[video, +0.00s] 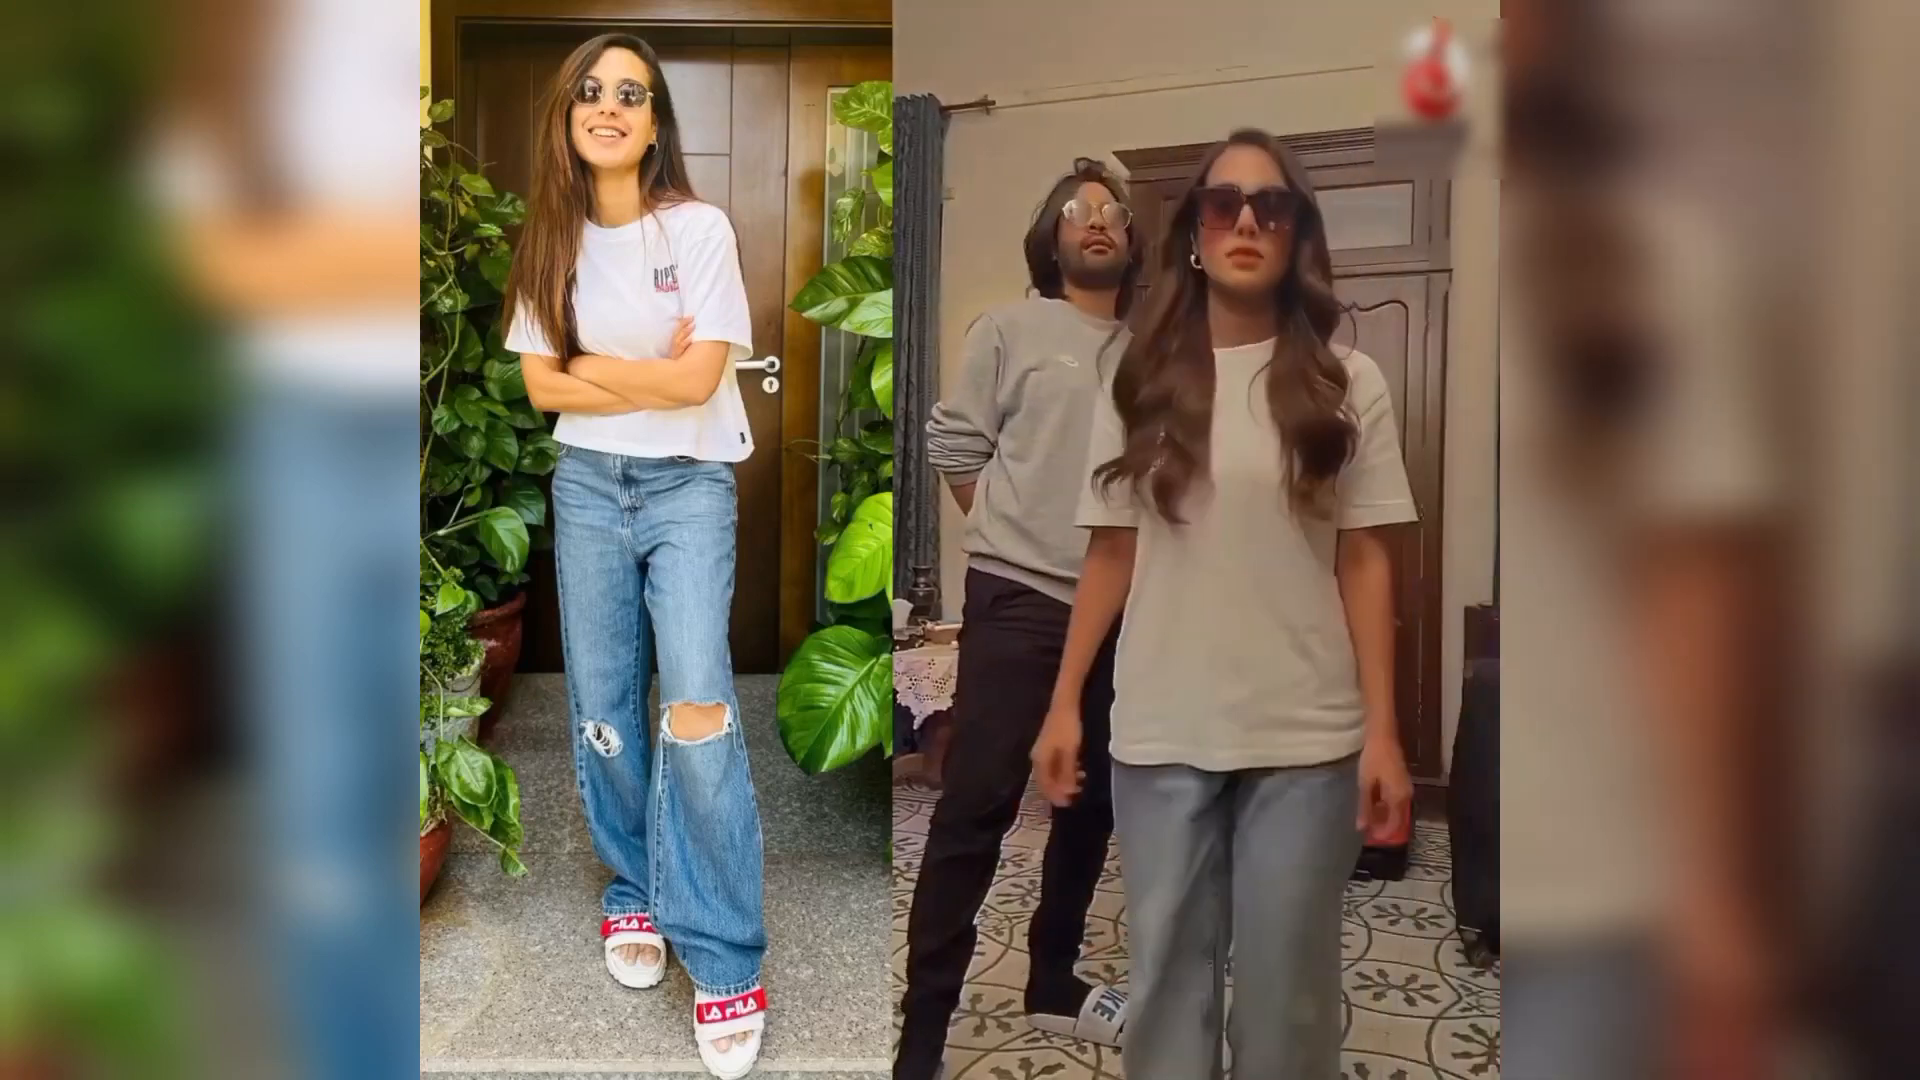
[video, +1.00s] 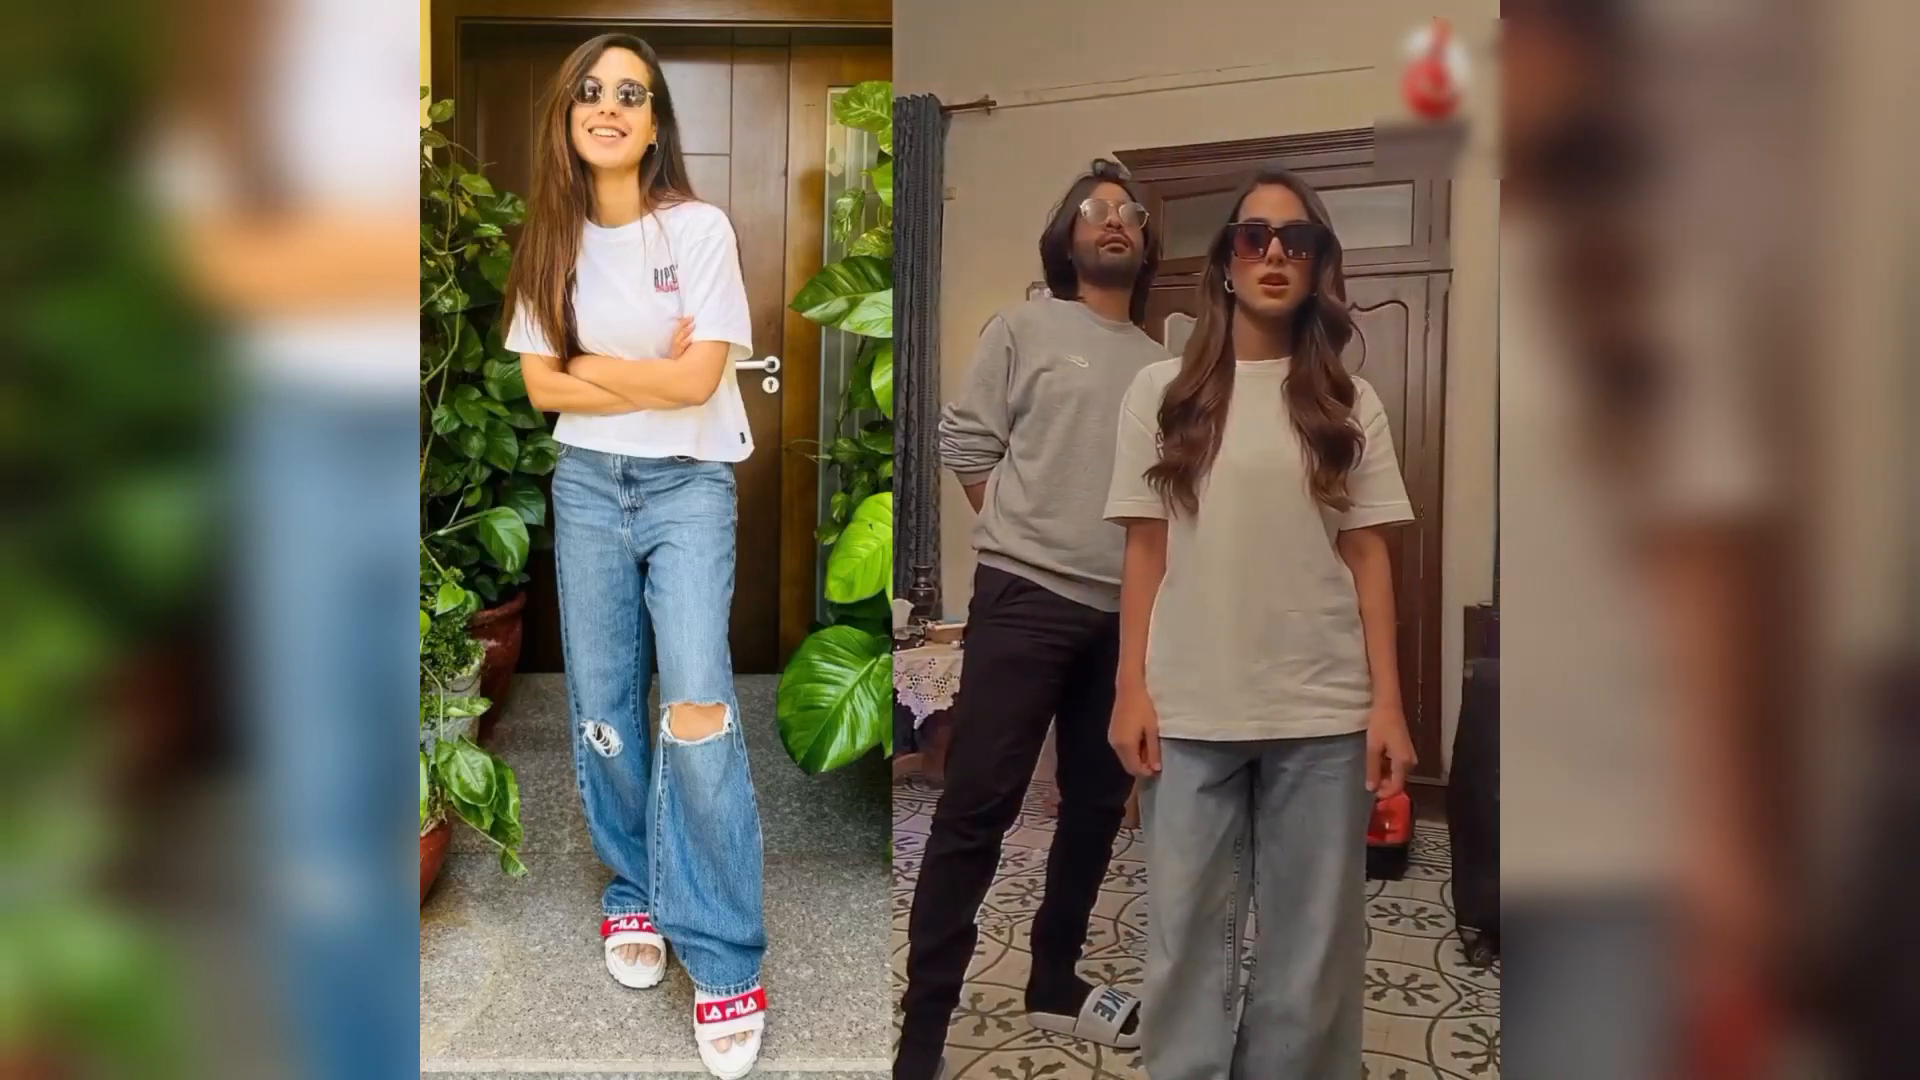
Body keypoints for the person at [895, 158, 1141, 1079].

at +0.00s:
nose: (1094, 224)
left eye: (1108, 212)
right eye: (1077, 214)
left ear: (1133, 235)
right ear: (1051, 237)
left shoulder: (1160, 345)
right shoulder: (1008, 331)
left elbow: (1179, 477)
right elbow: (956, 456)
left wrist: (1127, 549)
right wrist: (1009, 541)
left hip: (1122, 599)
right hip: (1015, 593)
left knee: (1091, 801)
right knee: (976, 802)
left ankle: (1055, 981)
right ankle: (927, 1024)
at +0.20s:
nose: (1098, 219)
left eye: (1111, 209)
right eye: (1079, 209)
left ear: (1130, 236)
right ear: (1047, 236)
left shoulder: (1152, 359)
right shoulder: (1007, 328)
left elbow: (1165, 488)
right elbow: (958, 454)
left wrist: (1118, 557)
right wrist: (1010, 548)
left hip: (1120, 607)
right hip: (1017, 598)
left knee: (1090, 804)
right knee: (975, 811)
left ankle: (1055, 987)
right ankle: (925, 1029)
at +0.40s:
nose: (1100, 219)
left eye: (1113, 209)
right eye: (1081, 209)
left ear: (1133, 237)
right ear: (1050, 237)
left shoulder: (1158, 360)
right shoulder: (1010, 327)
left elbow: (1170, 492)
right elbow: (961, 455)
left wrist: (1121, 561)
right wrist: (1013, 548)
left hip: (1123, 610)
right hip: (1018, 601)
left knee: (1091, 806)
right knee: (975, 812)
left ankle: (1055, 986)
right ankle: (923, 1034)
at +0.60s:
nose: (1103, 217)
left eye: (1117, 207)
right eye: (1084, 208)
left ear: (1137, 238)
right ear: (1055, 237)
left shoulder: (1161, 359)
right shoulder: (1015, 324)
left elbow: (1173, 490)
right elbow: (967, 455)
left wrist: (1128, 565)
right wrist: (1016, 552)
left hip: (1125, 609)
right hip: (1019, 600)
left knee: (1092, 804)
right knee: (974, 812)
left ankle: (1056, 984)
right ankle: (923, 1037)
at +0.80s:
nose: (1106, 217)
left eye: (1121, 206)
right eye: (1088, 207)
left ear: (1142, 235)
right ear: (1059, 236)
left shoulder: (1165, 357)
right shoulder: (1018, 324)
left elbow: (1176, 488)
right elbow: (969, 454)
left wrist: (1122, 556)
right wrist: (1020, 550)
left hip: (1126, 607)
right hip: (1021, 598)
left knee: (1095, 803)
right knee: (975, 809)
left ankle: (1056, 984)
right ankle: (925, 1030)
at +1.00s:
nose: (1119, 220)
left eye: (1130, 210)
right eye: (1098, 210)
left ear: (1148, 240)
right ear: (1066, 239)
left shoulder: (1166, 360)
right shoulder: (1022, 326)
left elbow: (1179, 492)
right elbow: (972, 458)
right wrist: (1018, 553)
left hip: (1127, 608)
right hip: (1022, 598)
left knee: (1096, 804)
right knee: (975, 812)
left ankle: (1056, 985)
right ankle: (923, 1033)